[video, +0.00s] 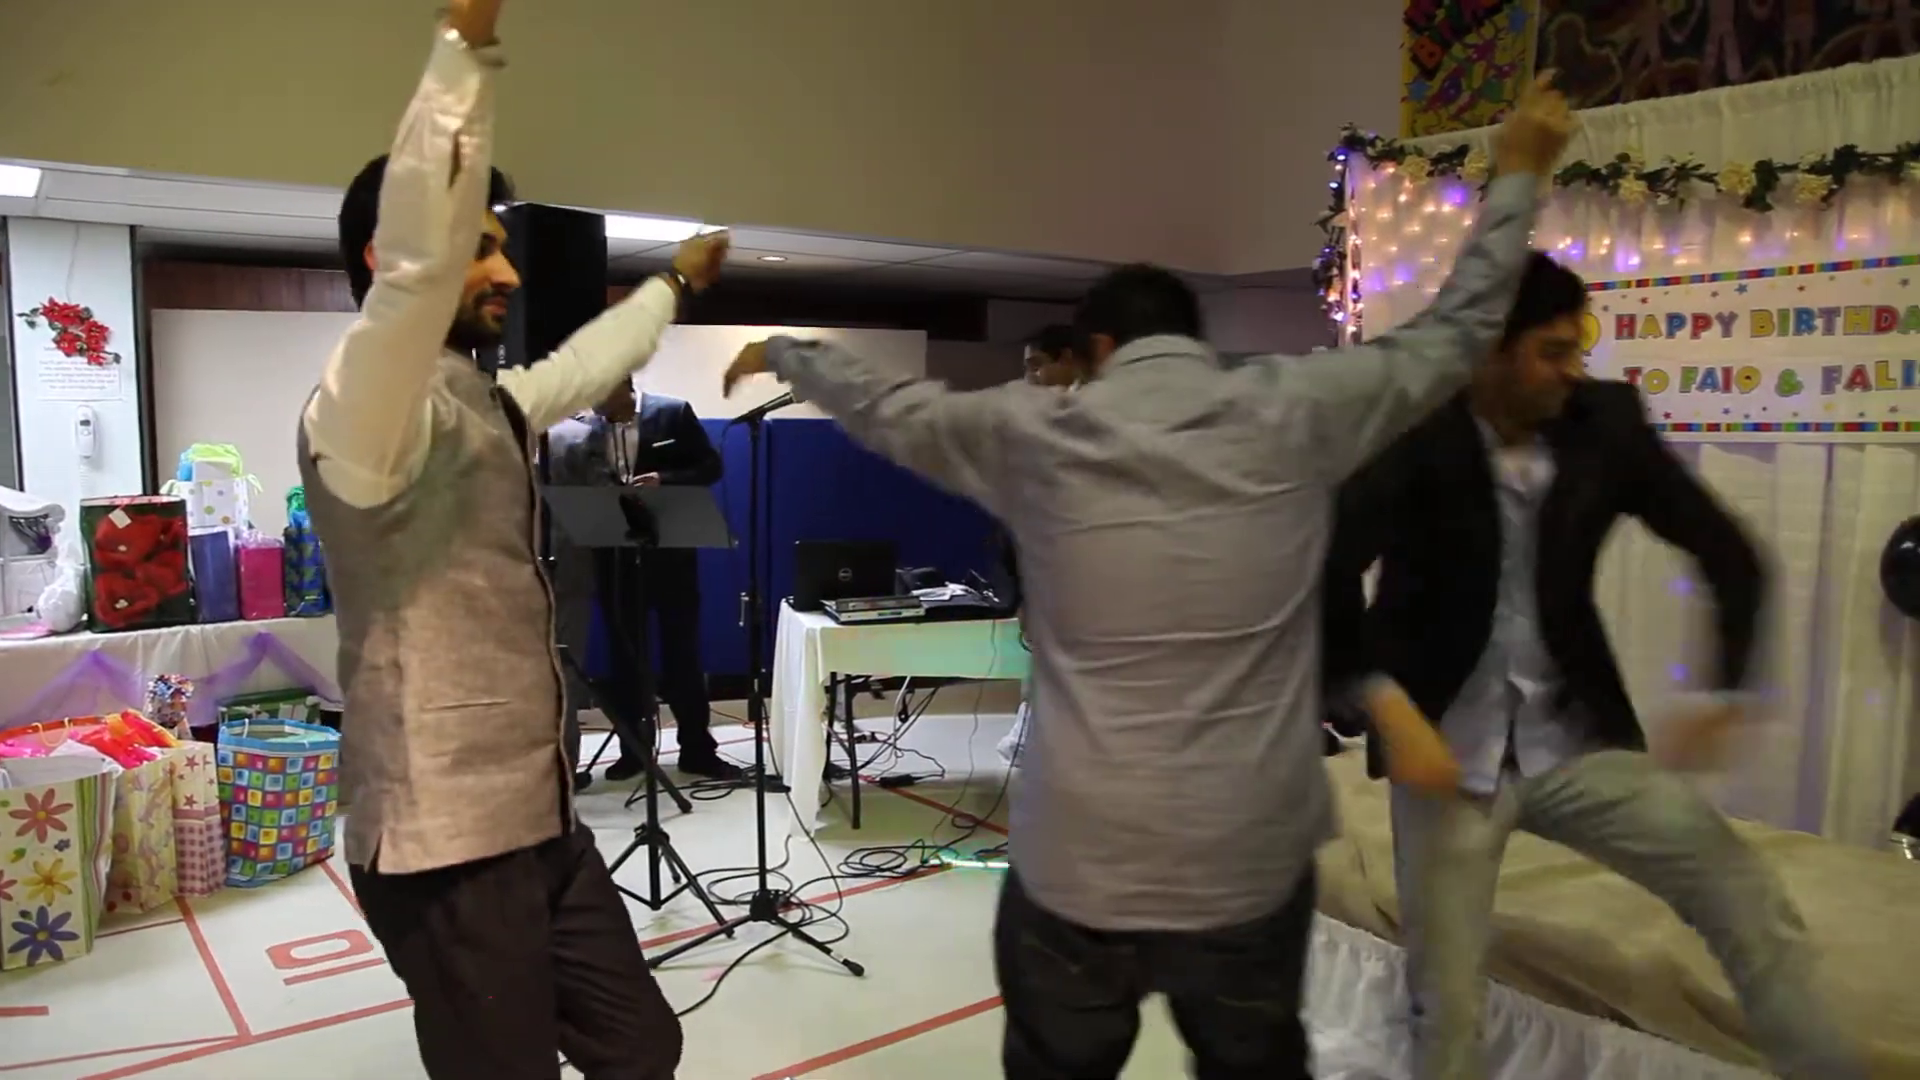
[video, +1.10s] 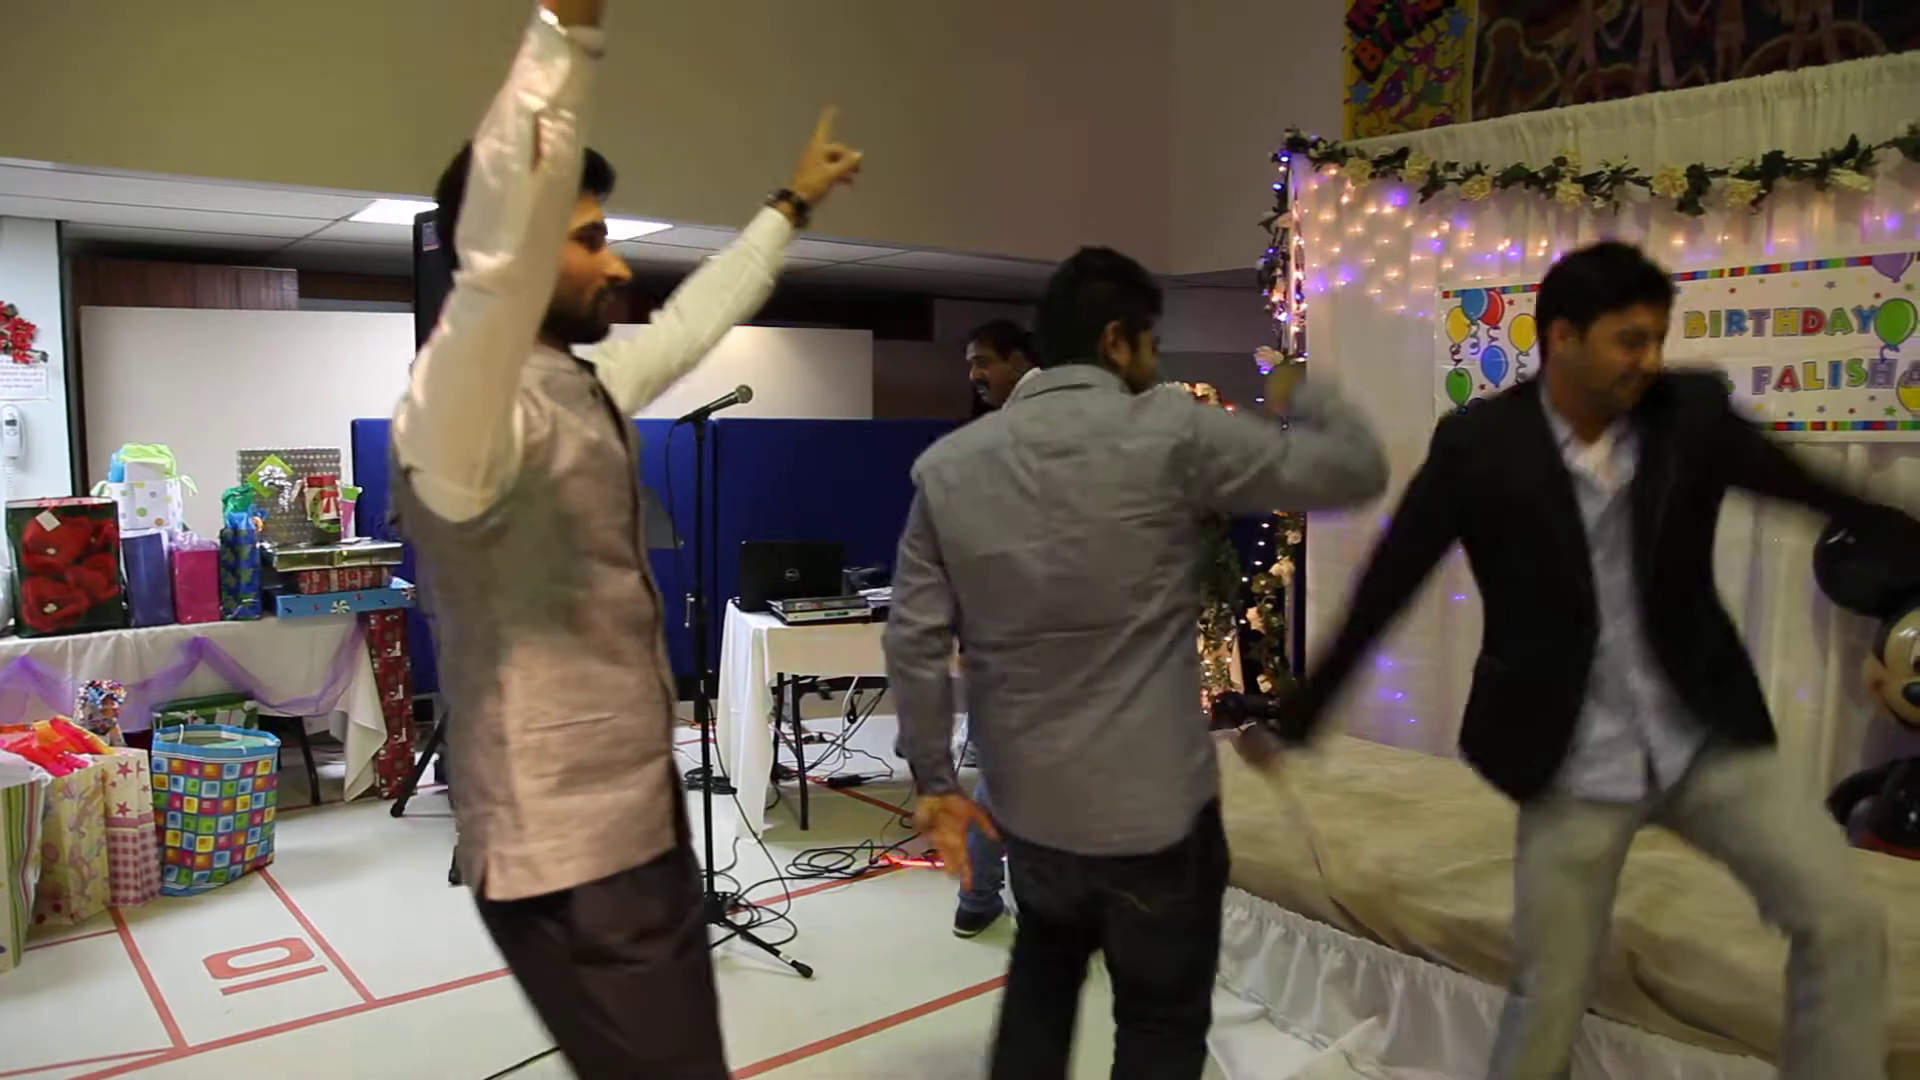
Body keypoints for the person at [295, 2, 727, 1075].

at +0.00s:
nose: (504, 266)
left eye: (502, 245)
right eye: (477, 247)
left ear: (503, 262)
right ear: (398, 268)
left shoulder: (493, 399)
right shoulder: (367, 425)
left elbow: (587, 367)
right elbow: (407, 267)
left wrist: (675, 283)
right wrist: (463, 47)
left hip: (535, 819)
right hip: (443, 843)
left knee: (639, 1046)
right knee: (504, 1072)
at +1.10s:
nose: (616, 262)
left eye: (608, 238)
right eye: (589, 239)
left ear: (582, 252)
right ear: (513, 256)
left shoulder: (587, 384)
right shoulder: (461, 418)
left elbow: (692, 322)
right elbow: (500, 249)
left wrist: (790, 207)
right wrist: (563, 29)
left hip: (635, 820)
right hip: (563, 849)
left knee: (686, 1063)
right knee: (661, 1070)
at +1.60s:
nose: (731, 218)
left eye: (723, 196)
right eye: (698, 201)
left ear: (688, 221)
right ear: (621, 217)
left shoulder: (717, 361)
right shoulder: (581, 396)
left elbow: (837, 297)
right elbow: (664, 197)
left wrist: (954, 187)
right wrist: (737, 1)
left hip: (739, 827)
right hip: (668, 850)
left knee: (709, 1065)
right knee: (757, 1069)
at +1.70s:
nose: (756, 222)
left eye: (747, 196)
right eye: (725, 200)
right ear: (645, 213)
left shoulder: (735, 365)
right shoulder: (602, 394)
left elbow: (868, 343)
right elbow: (704, 204)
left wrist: (1012, 241)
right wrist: (778, 7)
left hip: (760, 833)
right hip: (689, 858)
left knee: (773, 1055)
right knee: (752, 1066)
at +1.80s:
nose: (765, 210)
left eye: (764, 186)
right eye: (736, 189)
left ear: (696, 210)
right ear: (676, 213)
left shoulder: (759, 379)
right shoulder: (621, 398)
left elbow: (888, 414)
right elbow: (751, 209)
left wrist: (1059, 384)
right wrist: (839, 3)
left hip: (783, 840)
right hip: (705, 865)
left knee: (820, 1057)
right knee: (792, 1066)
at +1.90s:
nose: (785, 212)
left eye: (787, 189)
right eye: (764, 192)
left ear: (718, 211)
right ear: (701, 209)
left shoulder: (764, 396)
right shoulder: (643, 404)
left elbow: (872, 513)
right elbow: (781, 213)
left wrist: (1063, 568)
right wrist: (893, 3)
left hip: (809, 850)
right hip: (731, 876)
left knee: (820, 1050)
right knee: (788, 1064)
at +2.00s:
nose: (821, 209)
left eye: (822, 183)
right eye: (801, 184)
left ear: (746, 208)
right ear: (741, 203)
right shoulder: (676, 390)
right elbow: (823, 200)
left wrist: (998, 717)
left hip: (822, 856)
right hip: (760, 882)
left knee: (866, 1056)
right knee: (835, 1068)